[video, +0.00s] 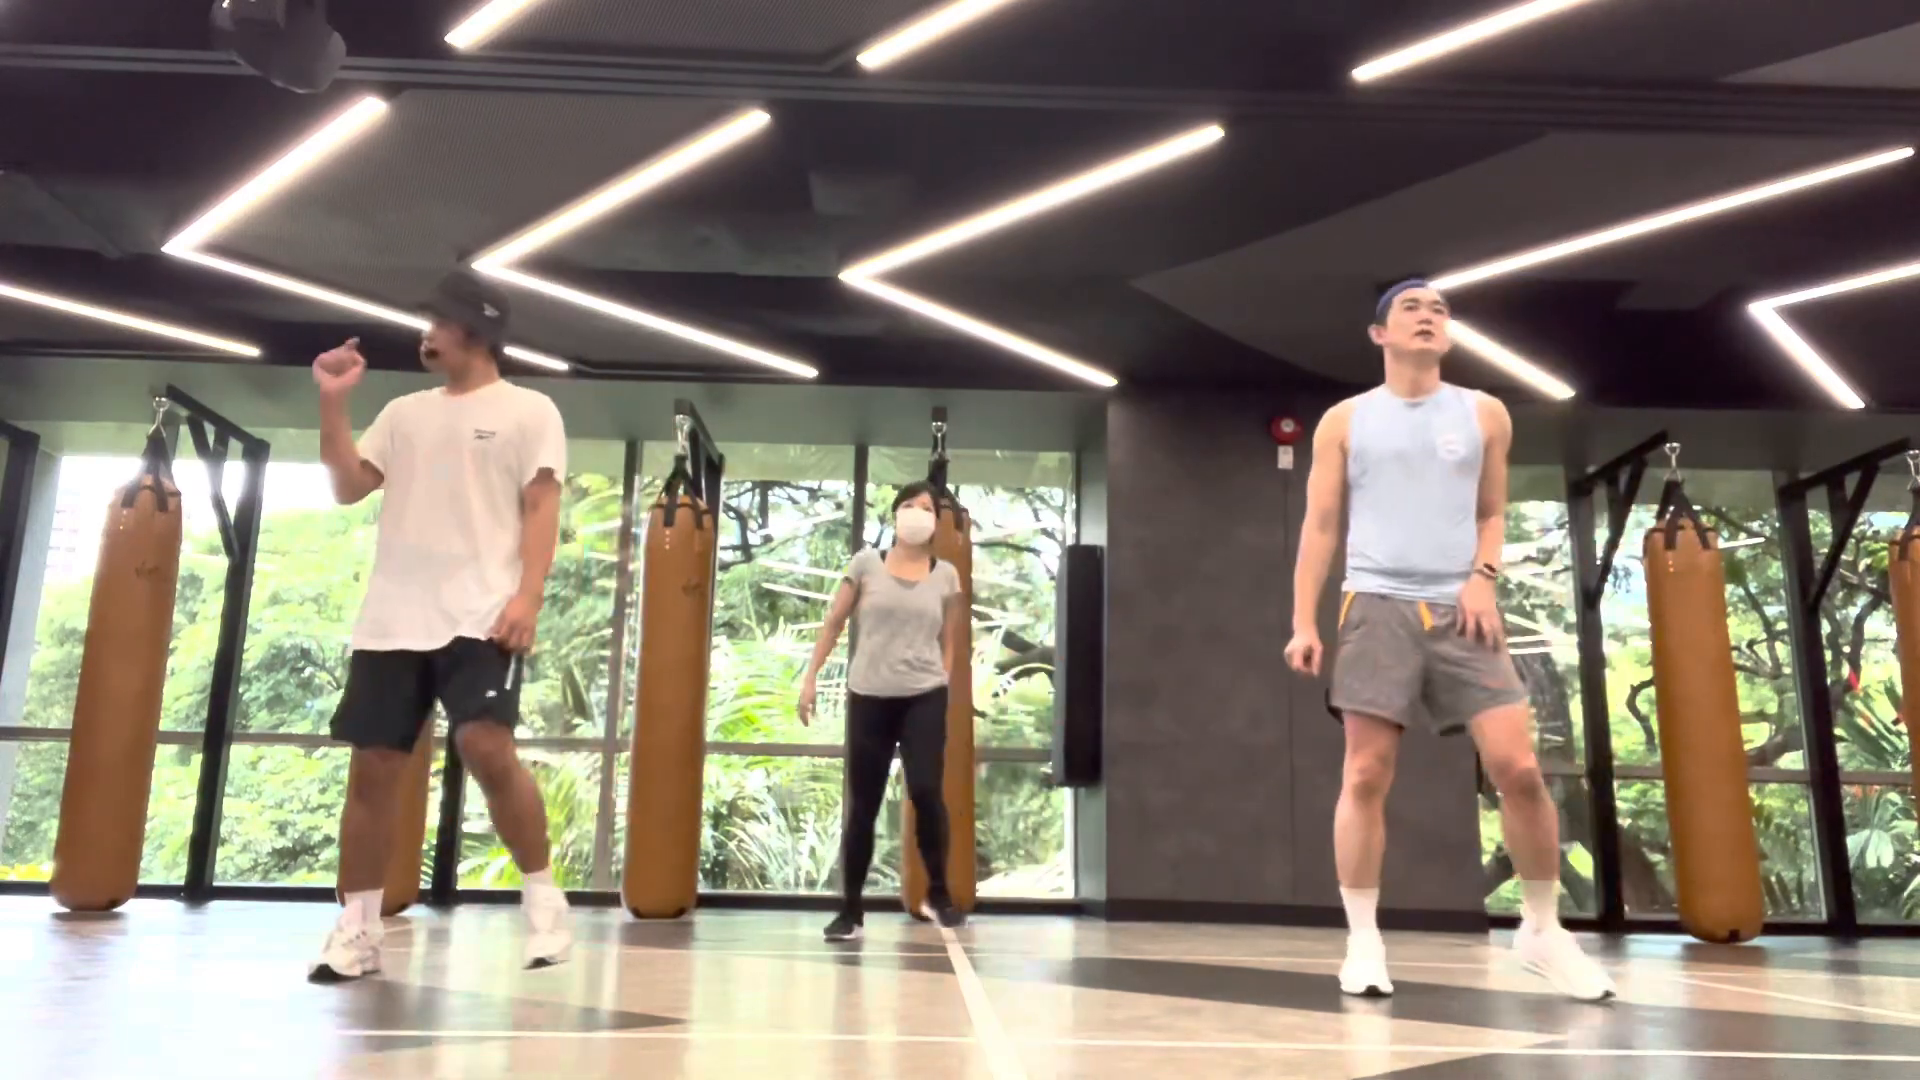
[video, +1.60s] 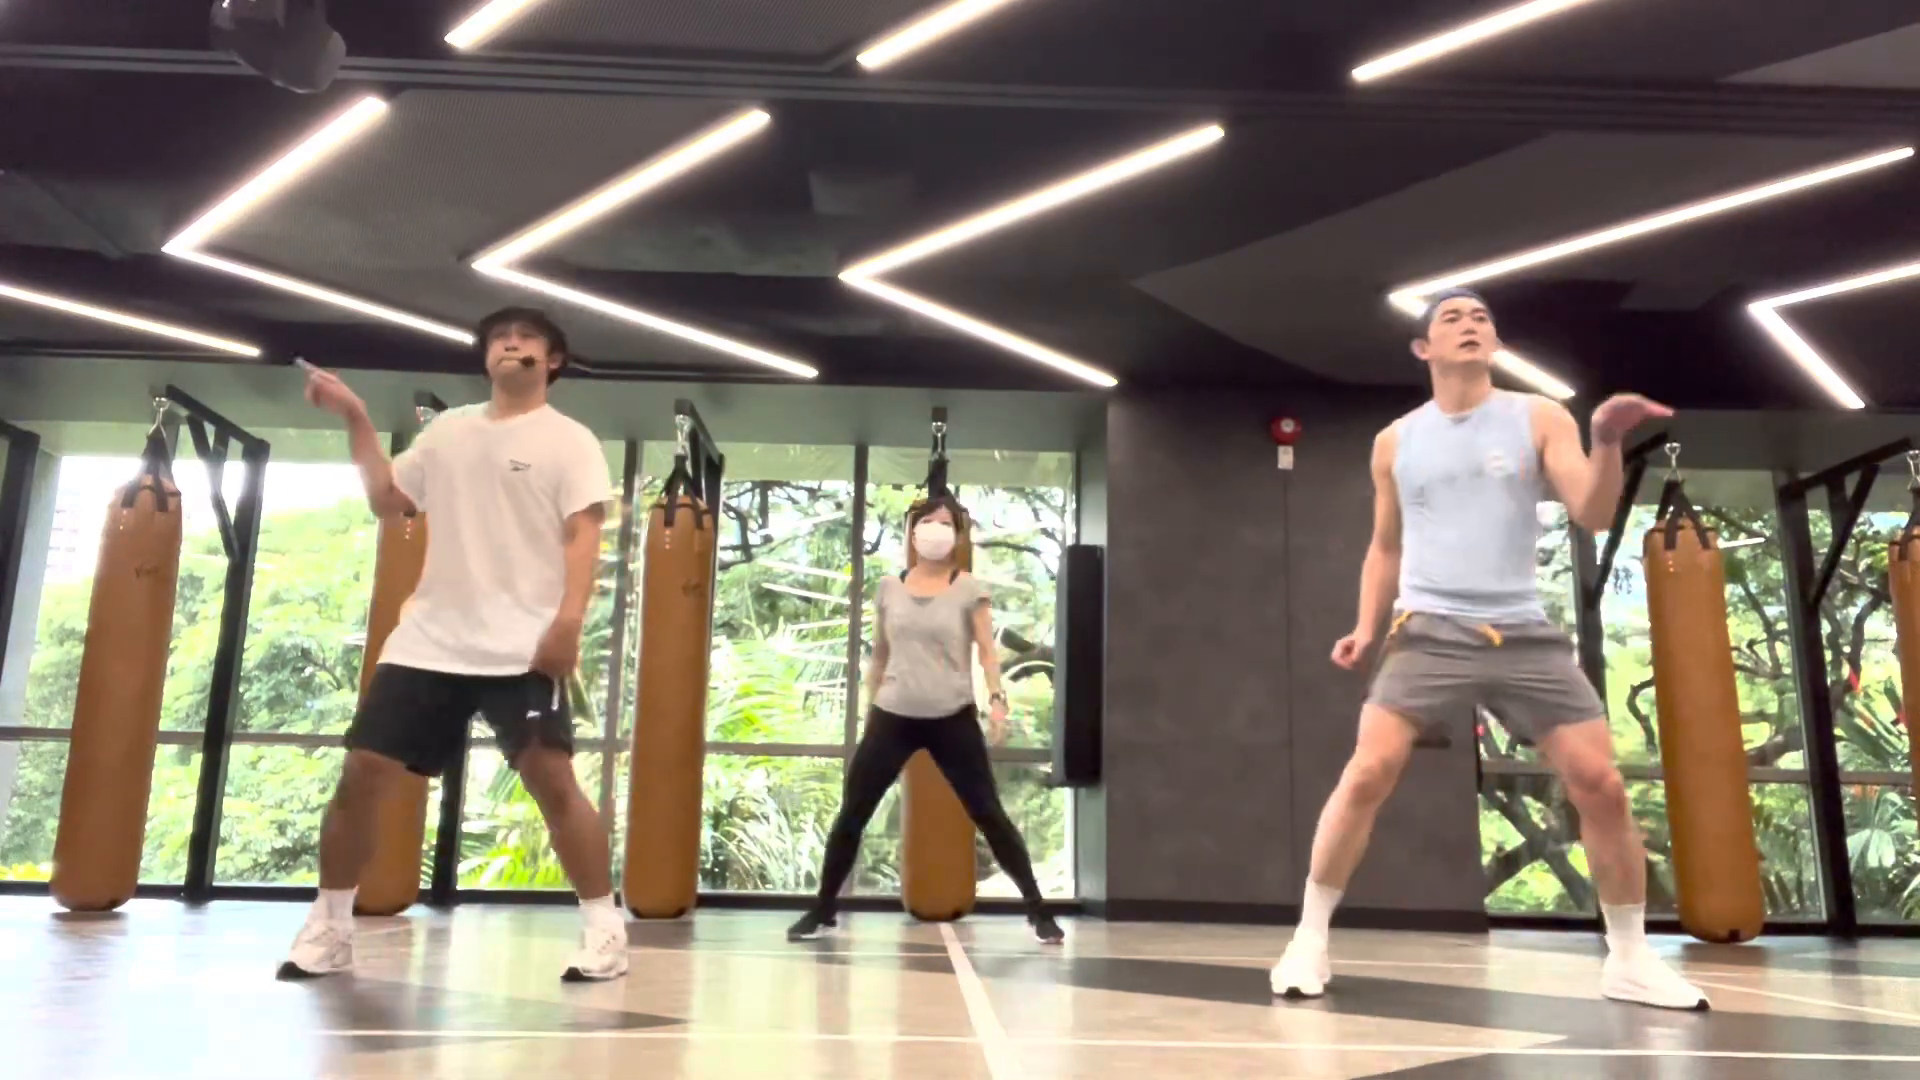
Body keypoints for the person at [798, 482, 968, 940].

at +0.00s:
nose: (917, 514)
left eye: (926, 509)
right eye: (909, 507)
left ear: (938, 523)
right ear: (894, 519)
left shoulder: (946, 576)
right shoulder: (867, 562)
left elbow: (948, 640)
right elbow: (833, 623)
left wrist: (944, 689)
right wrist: (810, 677)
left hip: (926, 695)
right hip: (869, 695)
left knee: (926, 792)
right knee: (861, 807)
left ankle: (938, 894)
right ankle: (851, 911)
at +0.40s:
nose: (927, 517)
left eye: (937, 512)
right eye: (919, 509)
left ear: (947, 527)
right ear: (902, 521)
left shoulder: (952, 579)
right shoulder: (874, 560)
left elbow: (953, 646)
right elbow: (842, 617)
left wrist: (959, 700)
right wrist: (832, 673)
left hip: (932, 698)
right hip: (875, 697)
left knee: (972, 787)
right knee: (865, 805)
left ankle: (978, 888)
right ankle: (850, 909)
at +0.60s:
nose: (963, 525)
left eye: (970, 520)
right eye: (953, 519)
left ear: (979, 535)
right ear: (933, 533)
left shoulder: (989, 591)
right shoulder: (913, 574)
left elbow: (988, 650)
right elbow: (884, 636)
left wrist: (992, 700)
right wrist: (868, 695)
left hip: (971, 711)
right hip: (913, 708)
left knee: (1004, 808)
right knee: (887, 810)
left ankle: (1040, 908)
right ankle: (851, 909)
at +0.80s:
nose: (1001, 518)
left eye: (1008, 512)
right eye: (992, 512)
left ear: (1019, 526)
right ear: (976, 526)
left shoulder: (1033, 580)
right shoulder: (957, 567)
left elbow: (1041, 647)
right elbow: (932, 633)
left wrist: (1049, 698)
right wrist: (918, 691)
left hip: (1014, 708)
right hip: (958, 703)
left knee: (1029, 811)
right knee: (924, 803)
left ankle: (1040, 913)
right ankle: (881, 896)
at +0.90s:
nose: (1011, 515)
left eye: (1018, 509)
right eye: (1002, 509)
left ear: (1029, 523)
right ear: (986, 523)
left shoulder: (1045, 577)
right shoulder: (966, 565)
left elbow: (1059, 641)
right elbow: (943, 631)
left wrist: (1071, 698)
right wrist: (933, 688)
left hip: (1023, 702)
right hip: (968, 699)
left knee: (1032, 809)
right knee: (953, 799)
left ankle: (1040, 913)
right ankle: (925, 889)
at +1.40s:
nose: (983, 520)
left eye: (991, 514)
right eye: (973, 515)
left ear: (1003, 528)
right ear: (959, 530)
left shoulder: (1022, 573)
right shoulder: (942, 579)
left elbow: (1036, 634)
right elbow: (931, 646)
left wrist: (1034, 684)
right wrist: (924, 705)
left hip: (1007, 707)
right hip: (949, 704)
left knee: (1021, 810)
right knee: (903, 798)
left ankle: (1040, 913)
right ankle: (874, 892)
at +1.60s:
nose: (937, 532)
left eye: (946, 525)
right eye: (928, 524)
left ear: (959, 537)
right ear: (911, 534)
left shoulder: (970, 589)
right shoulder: (890, 587)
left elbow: (988, 651)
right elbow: (880, 654)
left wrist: (996, 697)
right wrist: (872, 707)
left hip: (951, 718)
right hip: (892, 717)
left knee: (989, 813)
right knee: (852, 814)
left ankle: (1037, 907)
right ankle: (823, 907)